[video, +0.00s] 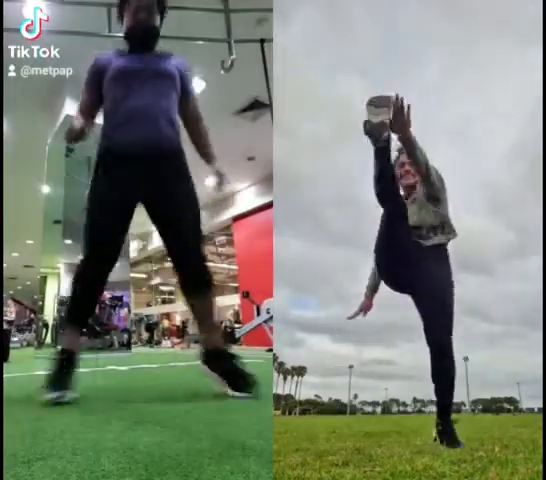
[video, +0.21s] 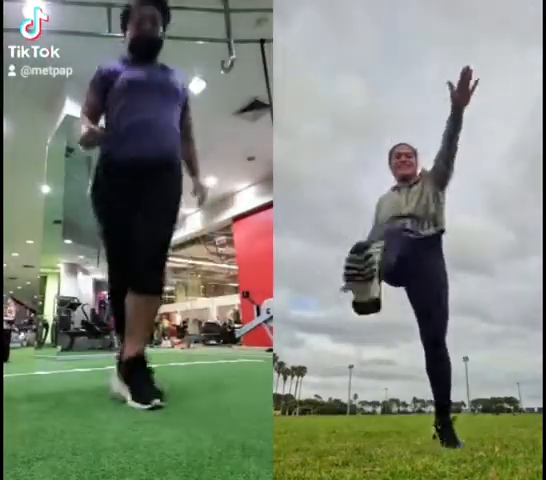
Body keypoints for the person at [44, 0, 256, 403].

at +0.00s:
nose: (143, 18)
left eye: (151, 12)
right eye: (136, 11)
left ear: (161, 20)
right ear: (122, 19)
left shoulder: (176, 66)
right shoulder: (104, 65)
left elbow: (194, 121)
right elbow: (84, 119)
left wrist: (213, 164)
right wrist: (74, 129)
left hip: (167, 169)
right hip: (116, 169)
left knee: (191, 258)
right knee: (97, 262)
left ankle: (215, 349)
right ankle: (66, 356)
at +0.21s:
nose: (145, 28)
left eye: (153, 22)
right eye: (137, 21)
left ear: (164, 31)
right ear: (125, 30)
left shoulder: (176, 83)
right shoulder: (108, 75)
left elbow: (186, 137)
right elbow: (86, 128)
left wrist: (196, 175)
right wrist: (96, 133)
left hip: (163, 175)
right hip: (116, 174)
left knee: (150, 264)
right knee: (124, 267)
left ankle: (132, 359)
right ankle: (135, 363)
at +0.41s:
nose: (152, 33)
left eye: (160, 28)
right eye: (145, 26)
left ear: (169, 40)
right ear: (131, 35)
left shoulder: (176, 94)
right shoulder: (115, 72)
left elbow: (187, 150)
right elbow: (79, 108)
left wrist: (225, 171)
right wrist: (83, 90)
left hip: (167, 181)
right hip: (121, 179)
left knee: (166, 264)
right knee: (126, 270)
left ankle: (151, 356)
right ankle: (126, 361)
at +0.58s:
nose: (161, 35)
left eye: (169, 30)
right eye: (153, 29)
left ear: (177, 40)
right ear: (140, 37)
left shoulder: (180, 93)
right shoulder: (125, 64)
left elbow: (195, 138)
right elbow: (76, 87)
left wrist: (228, 116)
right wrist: (33, 85)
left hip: (176, 179)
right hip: (129, 176)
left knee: (179, 271)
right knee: (129, 269)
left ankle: (174, 362)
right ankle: (125, 359)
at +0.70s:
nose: (163, 38)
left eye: (170, 34)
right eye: (155, 33)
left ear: (180, 44)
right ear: (143, 42)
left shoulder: (188, 99)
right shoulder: (130, 72)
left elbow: (219, 116)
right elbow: (86, 109)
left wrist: (234, 83)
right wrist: (45, 130)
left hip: (180, 182)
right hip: (133, 176)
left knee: (186, 272)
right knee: (136, 267)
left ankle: (170, 365)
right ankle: (125, 353)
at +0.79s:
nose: (165, 35)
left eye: (172, 30)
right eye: (157, 29)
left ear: (182, 40)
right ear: (144, 39)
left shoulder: (193, 88)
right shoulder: (130, 75)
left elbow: (238, 88)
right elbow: (98, 119)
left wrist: (254, 43)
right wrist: (66, 151)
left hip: (181, 173)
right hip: (136, 165)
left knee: (185, 267)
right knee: (145, 239)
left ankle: (171, 364)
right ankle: (127, 331)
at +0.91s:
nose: (161, 34)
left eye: (169, 29)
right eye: (153, 30)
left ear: (180, 39)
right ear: (142, 40)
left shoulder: (195, 81)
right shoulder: (130, 88)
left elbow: (236, 32)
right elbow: (115, 141)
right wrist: (92, 170)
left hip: (178, 182)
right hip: (135, 177)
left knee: (176, 274)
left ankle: (170, 365)